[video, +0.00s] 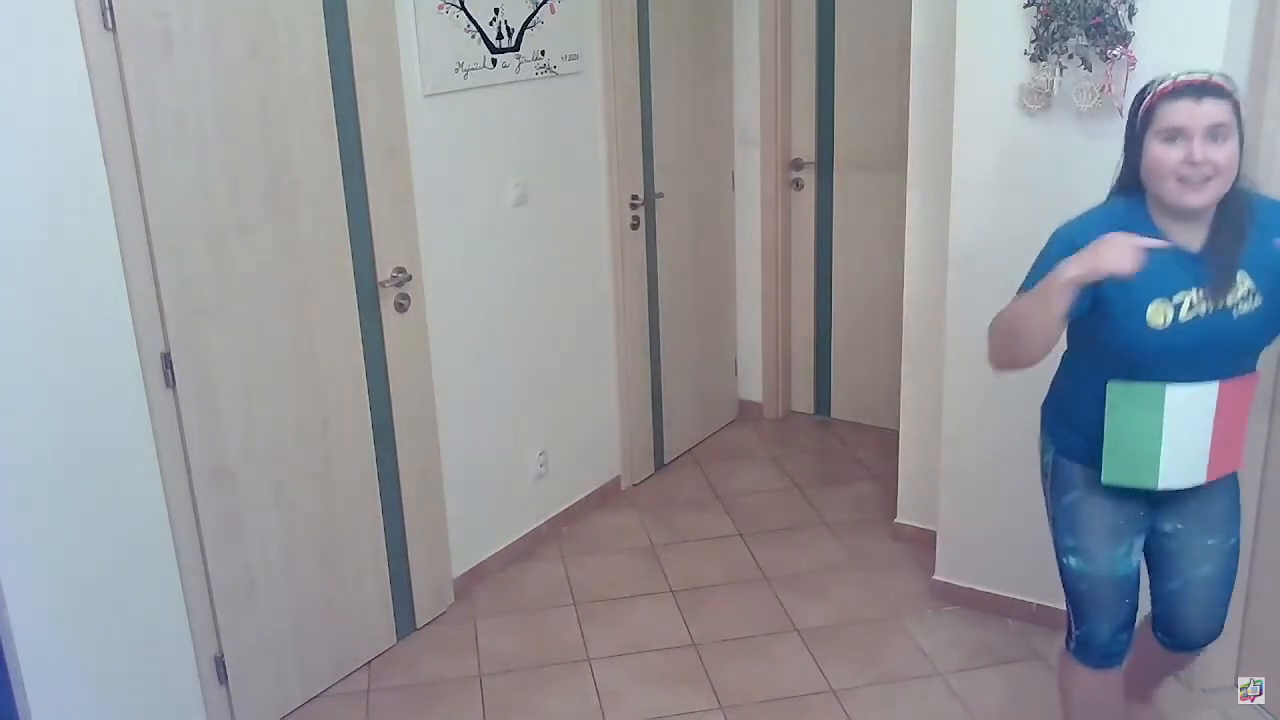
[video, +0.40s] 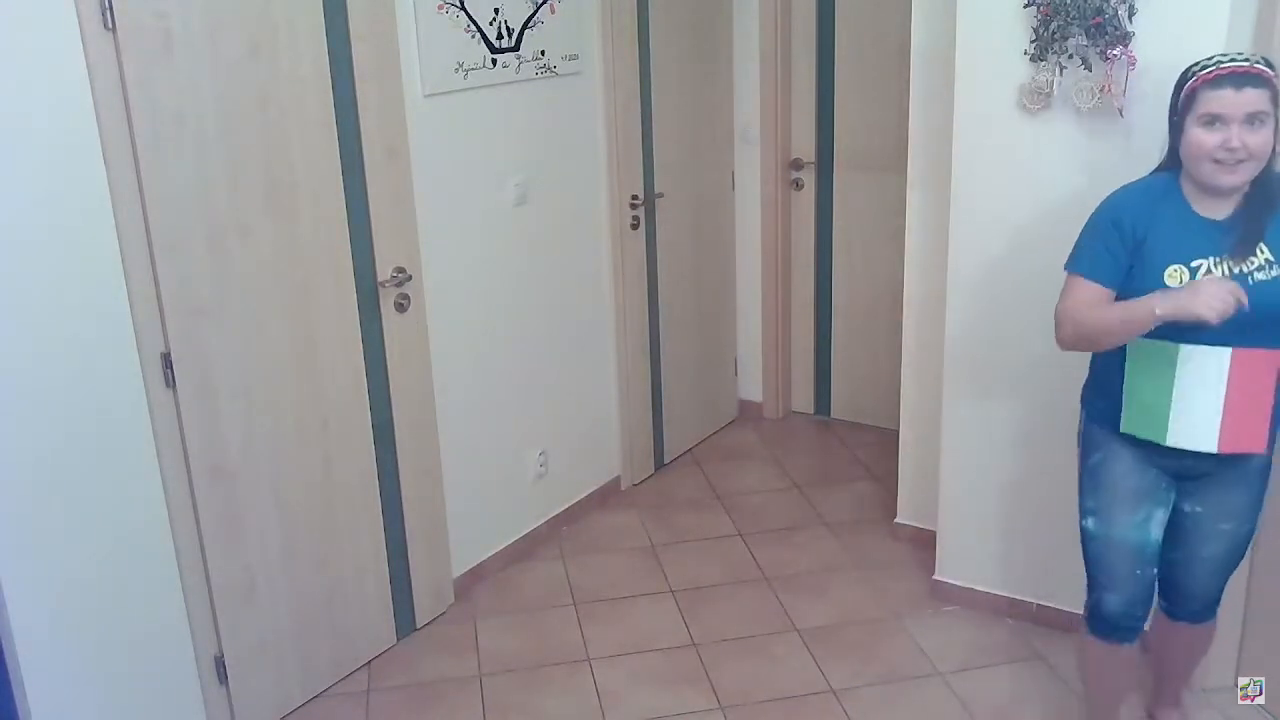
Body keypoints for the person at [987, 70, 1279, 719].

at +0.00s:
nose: (1197, 155)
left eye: (1216, 135)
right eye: (1173, 137)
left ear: (1238, 150)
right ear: (1138, 152)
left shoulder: (1267, 228)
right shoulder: (1090, 239)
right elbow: (1005, 354)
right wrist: (1074, 271)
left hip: (1208, 461)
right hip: (1096, 463)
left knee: (1191, 627)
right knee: (1102, 636)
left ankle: (1132, 695)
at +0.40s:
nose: (1232, 140)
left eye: (1252, 121)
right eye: (1211, 121)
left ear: (1274, 133)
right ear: (1178, 131)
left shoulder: (1274, 220)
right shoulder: (1131, 210)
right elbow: (1072, 325)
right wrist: (1169, 303)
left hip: (1238, 450)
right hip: (1127, 439)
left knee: (1193, 605)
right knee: (1115, 610)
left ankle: (1169, 703)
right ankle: (1111, 714)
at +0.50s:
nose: (1236, 136)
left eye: (1255, 117)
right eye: (1216, 117)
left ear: (1277, 128)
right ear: (1183, 126)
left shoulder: (1275, 212)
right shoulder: (1134, 203)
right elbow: (1075, 315)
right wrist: (1168, 358)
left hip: (1244, 443)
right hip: (1136, 434)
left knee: (1197, 602)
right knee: (1127, 605)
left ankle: (1171, 704)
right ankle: (1123, 706)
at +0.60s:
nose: (1234, 141)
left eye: (1254, 123)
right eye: (1215, 122)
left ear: (1274, 132)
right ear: (1182, 128)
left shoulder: (1276, 214)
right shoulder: (1132, 208)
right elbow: (1079, 321)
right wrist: (1142, 413)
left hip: (1249, 445)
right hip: (1142, 436)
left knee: (1201, 609)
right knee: (1133, 611)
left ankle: (1171, 704)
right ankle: (1127, 703)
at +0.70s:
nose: (1229, 142)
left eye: (1248, 124)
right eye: (1210, 124)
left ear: (1270, 133)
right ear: (1179, 131)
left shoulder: (1277, 213)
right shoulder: (1127, 213)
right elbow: (1070, 327)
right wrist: (1054, 439)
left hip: (1250, 452)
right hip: (1141, 444)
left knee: (1207, 610)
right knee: (1146, 615)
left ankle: (1171, 702)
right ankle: (1129, 700)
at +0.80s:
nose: (1221, 126)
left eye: (1241, 109)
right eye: (1202, 109)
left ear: (1262, 122)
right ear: (1171, 120)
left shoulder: (1272, 206)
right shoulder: (1118, 205)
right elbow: (1042, 298)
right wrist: (978, 378)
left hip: (1250, 437)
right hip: (1143, 431)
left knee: (1204, 595)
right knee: (1153, 606)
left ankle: (1171, 701)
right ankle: (1127, 702)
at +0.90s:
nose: (1206, 121)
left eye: (1226, 105)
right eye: (1187, 104)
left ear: (1248, 117)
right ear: (1158, 115)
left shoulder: (1270, 199)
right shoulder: (1107, 195)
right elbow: (1024, 266)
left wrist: (1256, 290)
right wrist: (939, 321)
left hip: (1241, 432)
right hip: (1134, 428)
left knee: (1199, 594)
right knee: (1142, 609)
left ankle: (1171, 704)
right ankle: (1115, 694)